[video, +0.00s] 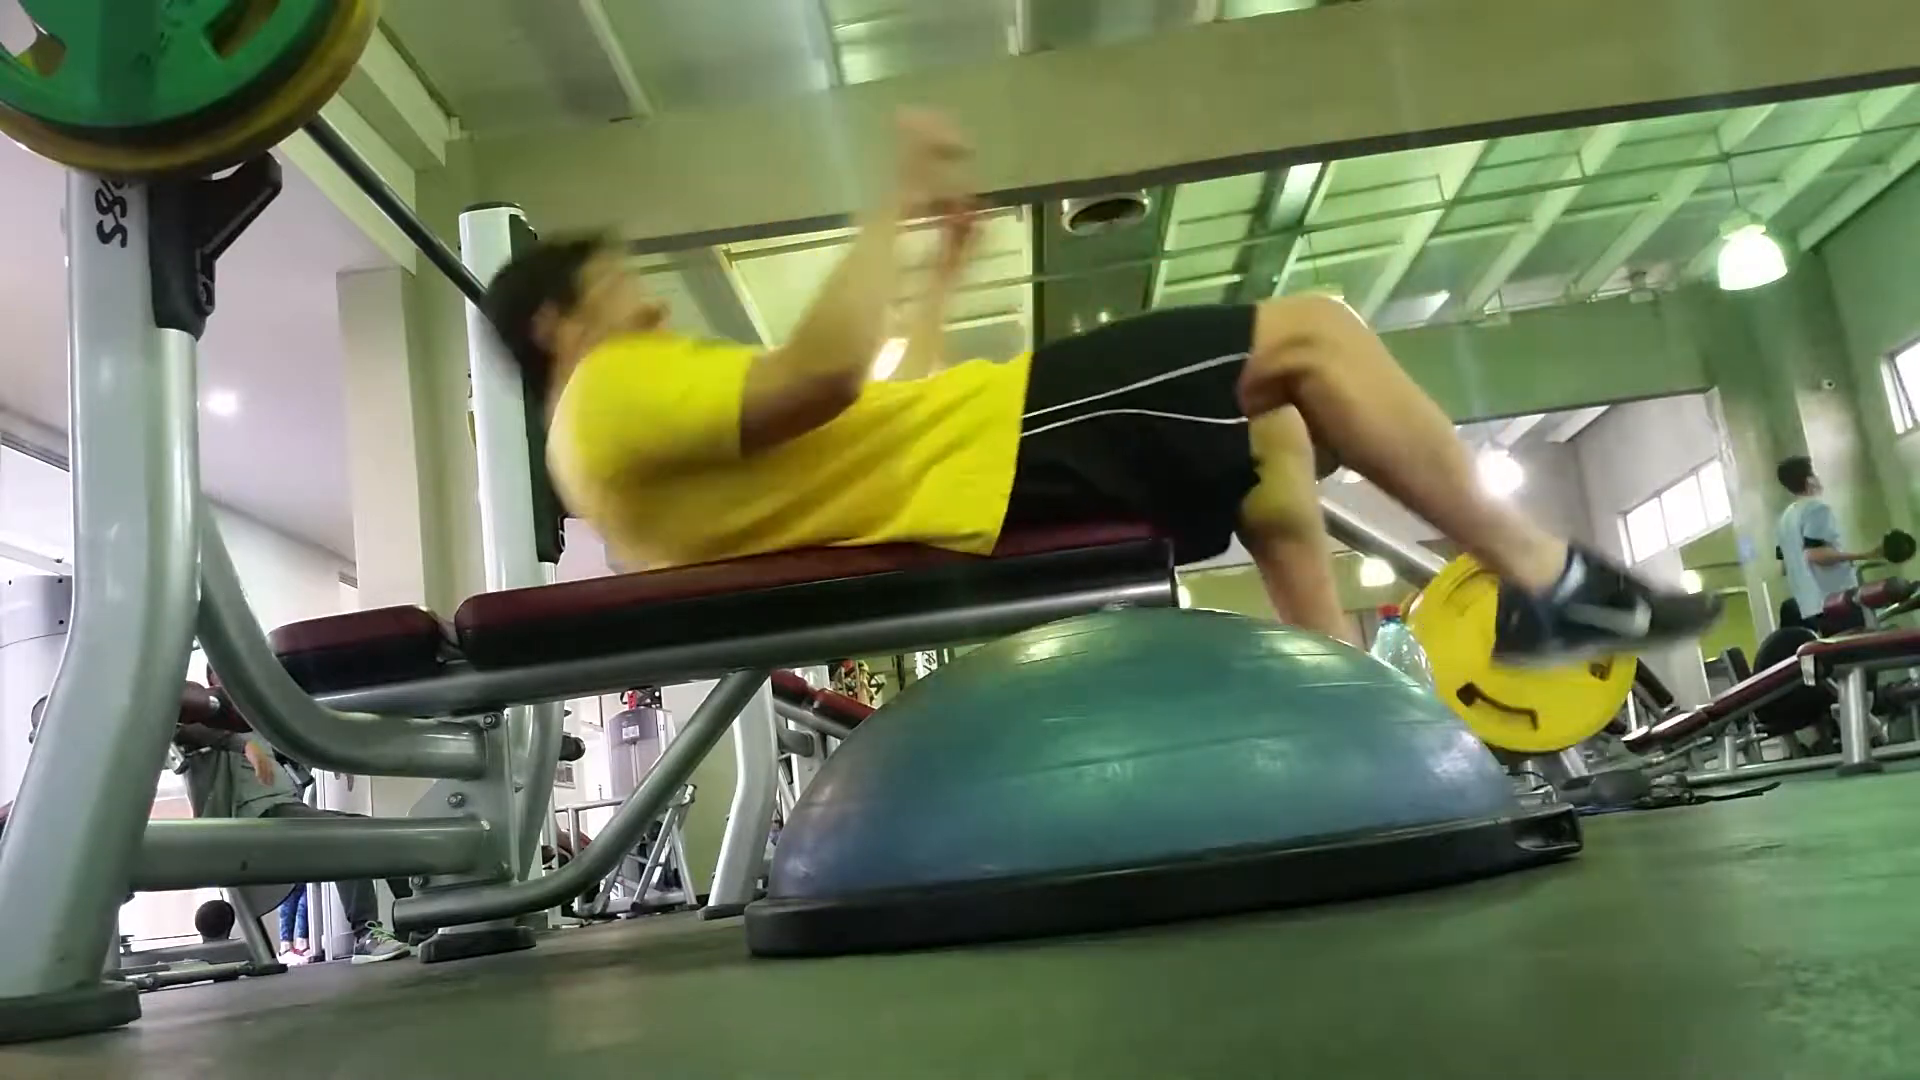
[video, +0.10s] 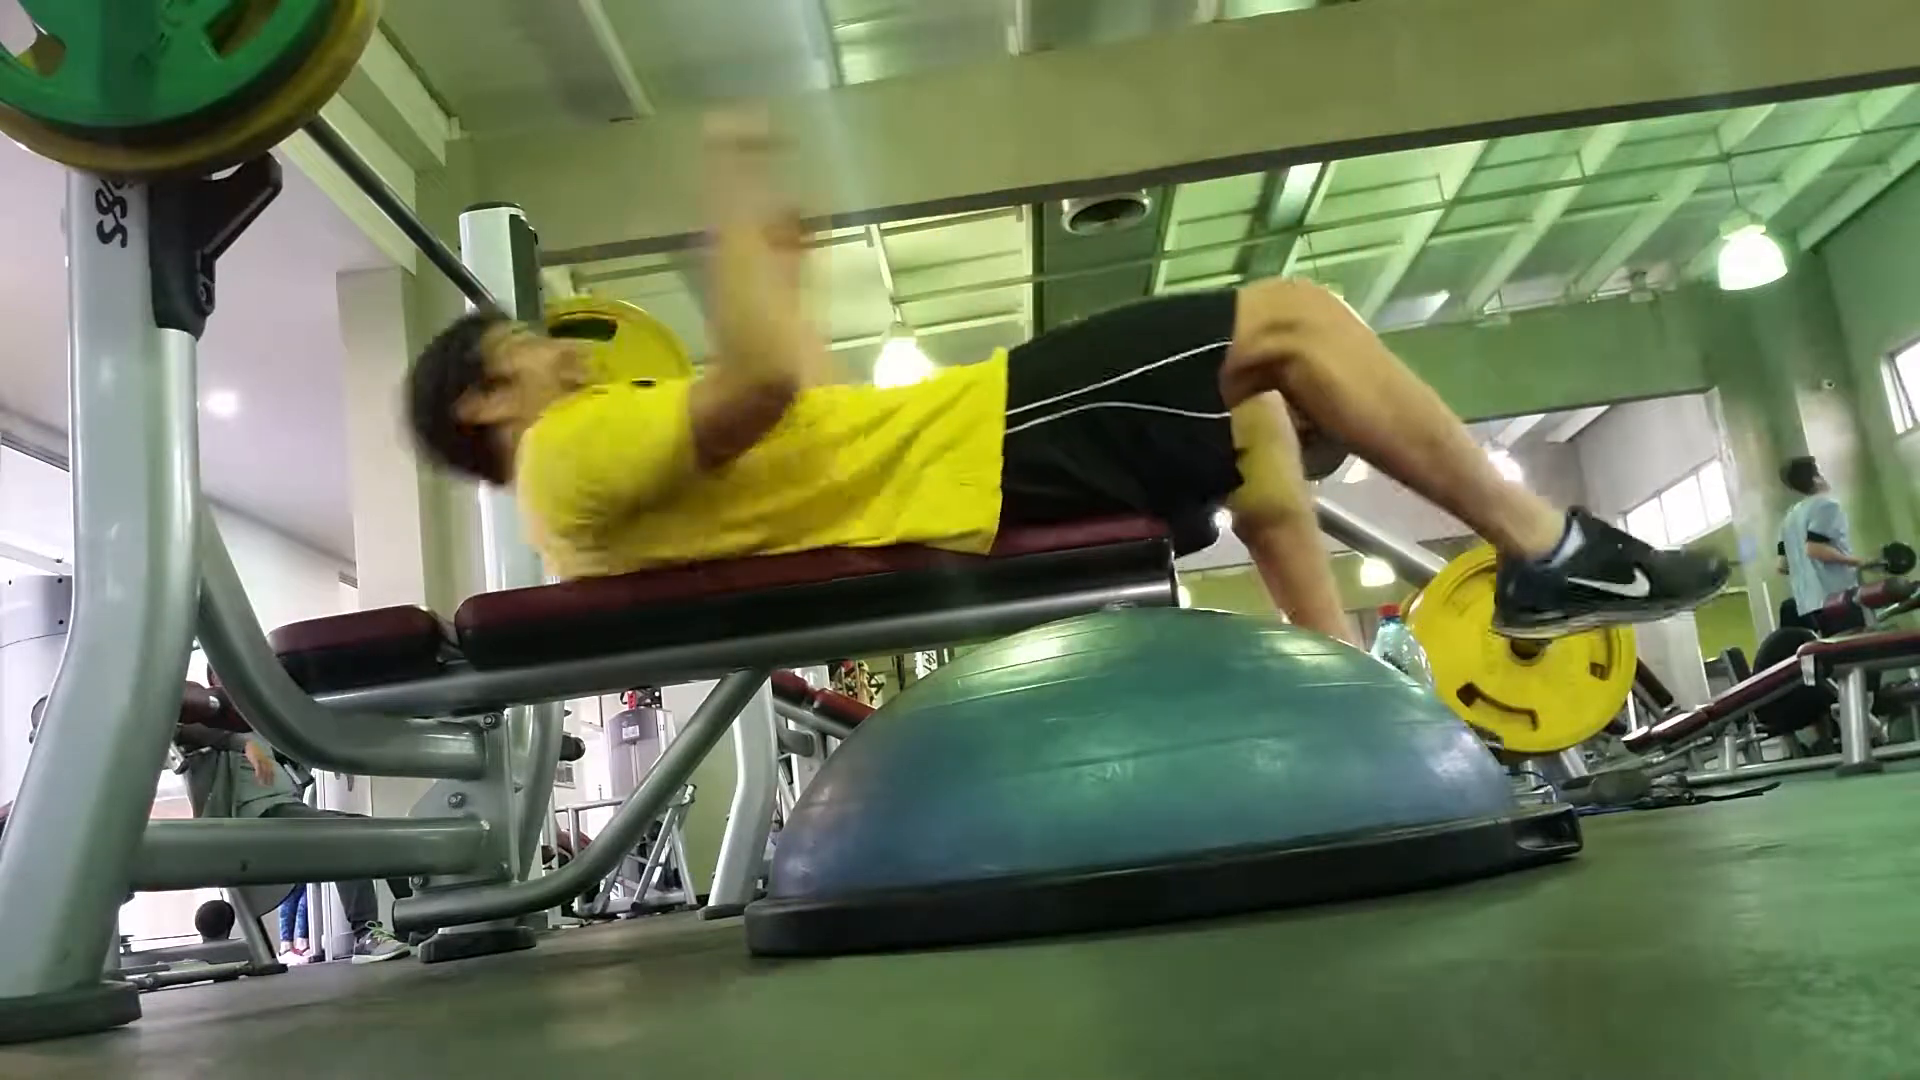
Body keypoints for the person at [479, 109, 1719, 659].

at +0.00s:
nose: (657, 290)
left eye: (644, 277)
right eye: (624, 281)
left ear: (567, 329)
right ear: (561, 317)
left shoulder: (634, 436)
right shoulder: (606, 393)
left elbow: (852, 429)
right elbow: (803, 382)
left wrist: (927, 302)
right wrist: (903, 226)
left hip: (976, 481)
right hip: (978, 437)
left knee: (1274, 456)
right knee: (1310, 328)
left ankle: (1350, 740)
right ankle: (1546, 575)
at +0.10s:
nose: (575, 339)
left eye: (553, 330)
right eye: (539, 343)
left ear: (505, 408)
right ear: (496, 410)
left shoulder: (601, 457)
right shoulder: (569, 455)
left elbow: (759, 409)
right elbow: (752, 391)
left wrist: (752, 293)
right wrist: (740, 229)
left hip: (972, 450)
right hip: (973, 437)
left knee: (1253, 412)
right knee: (1295, 316)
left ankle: (1340, 667)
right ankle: (1547, 541)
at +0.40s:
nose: (472, 380)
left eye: (449, 383)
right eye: (444, 406)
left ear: (457, 466)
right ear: (446, 485)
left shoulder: (569, 473)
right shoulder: (536, 490)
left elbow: (631, 343)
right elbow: (570, 300)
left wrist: (449, 228)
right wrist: (397, 200)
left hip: (950, 471)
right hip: (956, 450)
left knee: (1241, 490)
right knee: (1299, 399)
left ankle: (1259, 763)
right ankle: (1438, 734)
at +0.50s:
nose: (454, 399)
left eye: (431, 402)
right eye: (430, 423)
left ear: (457, 440)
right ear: (437, 497)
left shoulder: (563, 466)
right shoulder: (537, 495)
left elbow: (615, 334)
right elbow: (556, 290)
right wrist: (387, 178)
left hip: (949, 463)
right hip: (954, 459)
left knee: (1245, 518)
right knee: (1311, 409)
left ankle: (1258, 766)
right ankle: (1435, 744)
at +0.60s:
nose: (450, 414)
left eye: (430, 420)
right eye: (426, 438)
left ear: (454, 494)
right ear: (439, 512)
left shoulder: (559, 491)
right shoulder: (542, 509)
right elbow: (562, 301)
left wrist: (807, 671)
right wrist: (407, 180)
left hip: (950, 470)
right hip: (951, 451)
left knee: (1247, 510)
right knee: (1307, 402)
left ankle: (1248, 779)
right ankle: (1438, 745)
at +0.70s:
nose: (437, 421)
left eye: (415, 431)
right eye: (417, 449)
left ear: (451, 484)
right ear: (433, 527)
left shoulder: (565, 475)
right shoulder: (542, 509)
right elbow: (552, 299)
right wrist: (392, 167)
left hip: (949, 464)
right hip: (954, 451)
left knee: (1251, 500)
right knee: (1306, 408)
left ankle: (1247, 767)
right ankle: (1435, 749)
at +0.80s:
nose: (430, 429)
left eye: (407, 440)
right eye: (412, 454)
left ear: (444, 482)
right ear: (430, 528)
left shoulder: (565, 467)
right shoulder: (541, 516)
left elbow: (571, 309)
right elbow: (545, 299)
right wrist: (397, 171)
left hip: (951, 449)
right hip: (953, 458)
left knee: (1250, 488)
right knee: (1306, 407)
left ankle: (1235, 758)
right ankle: (1428, 748)